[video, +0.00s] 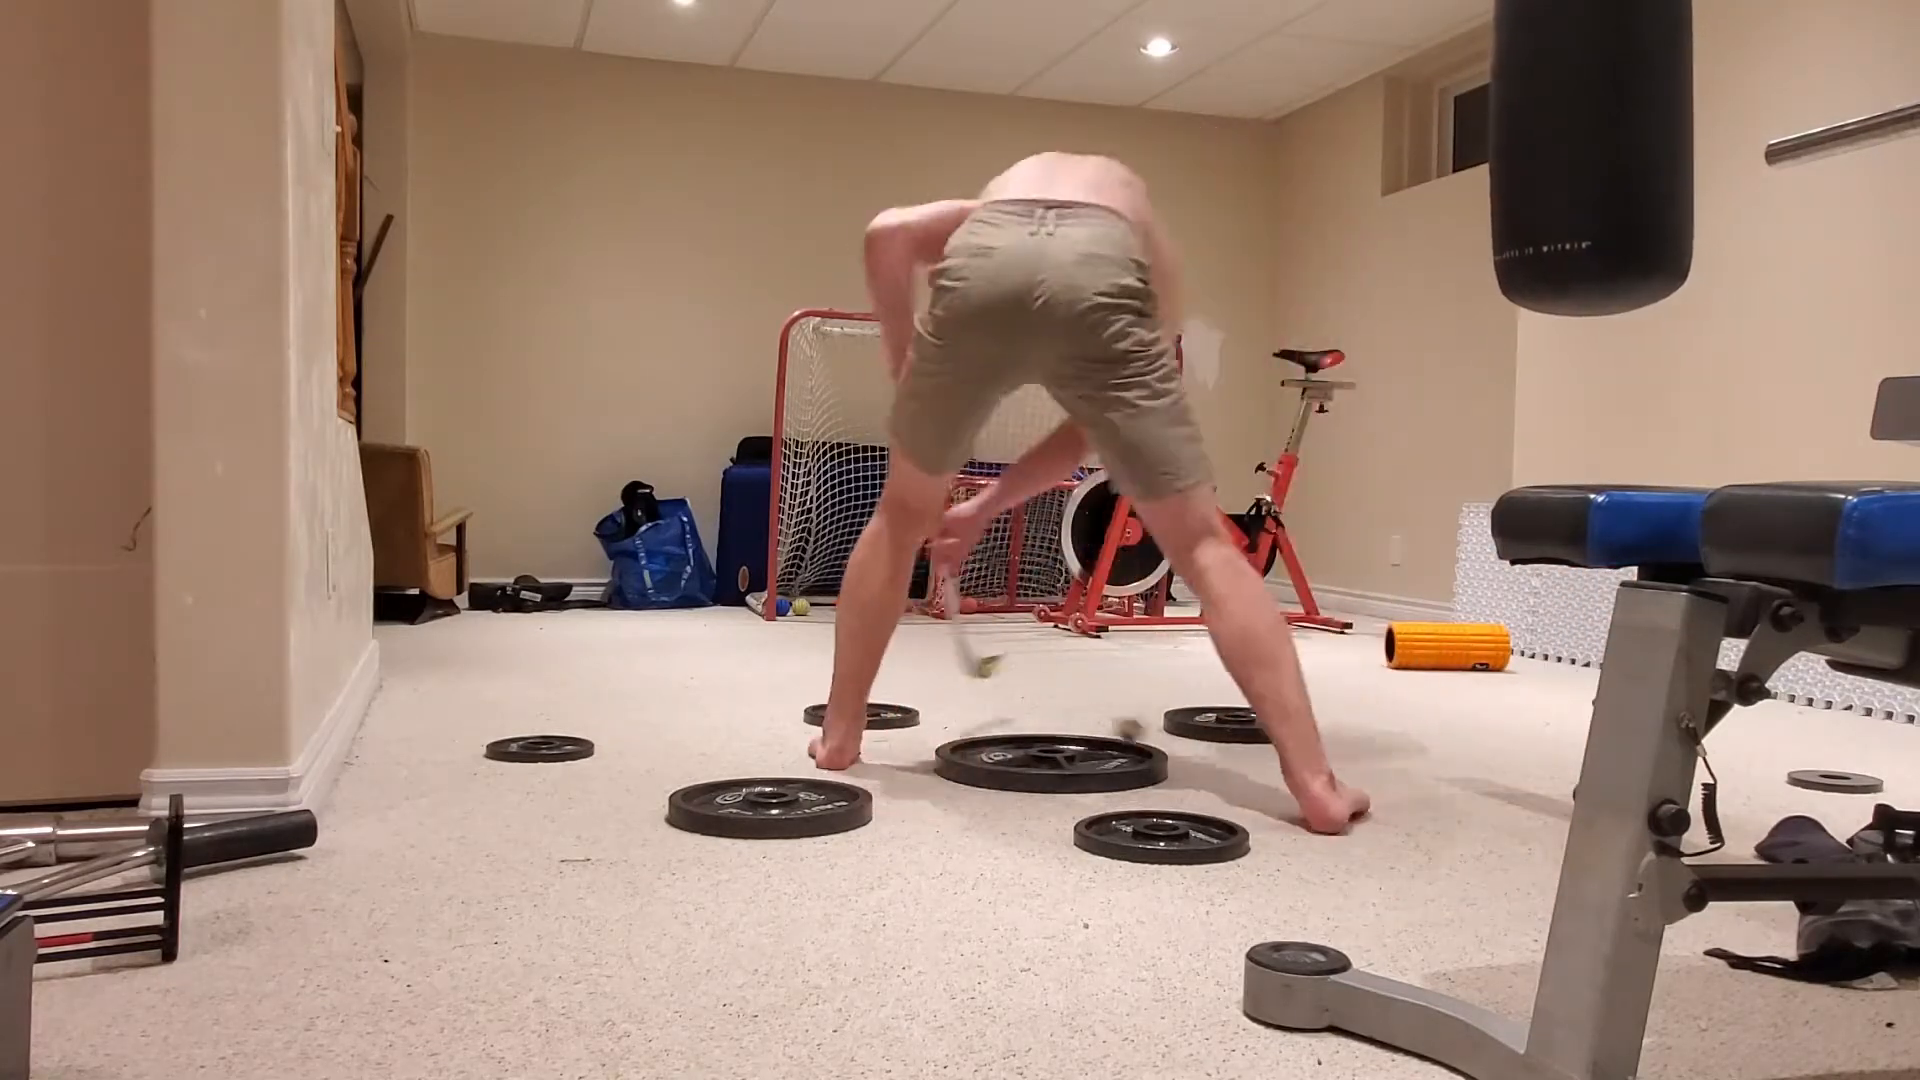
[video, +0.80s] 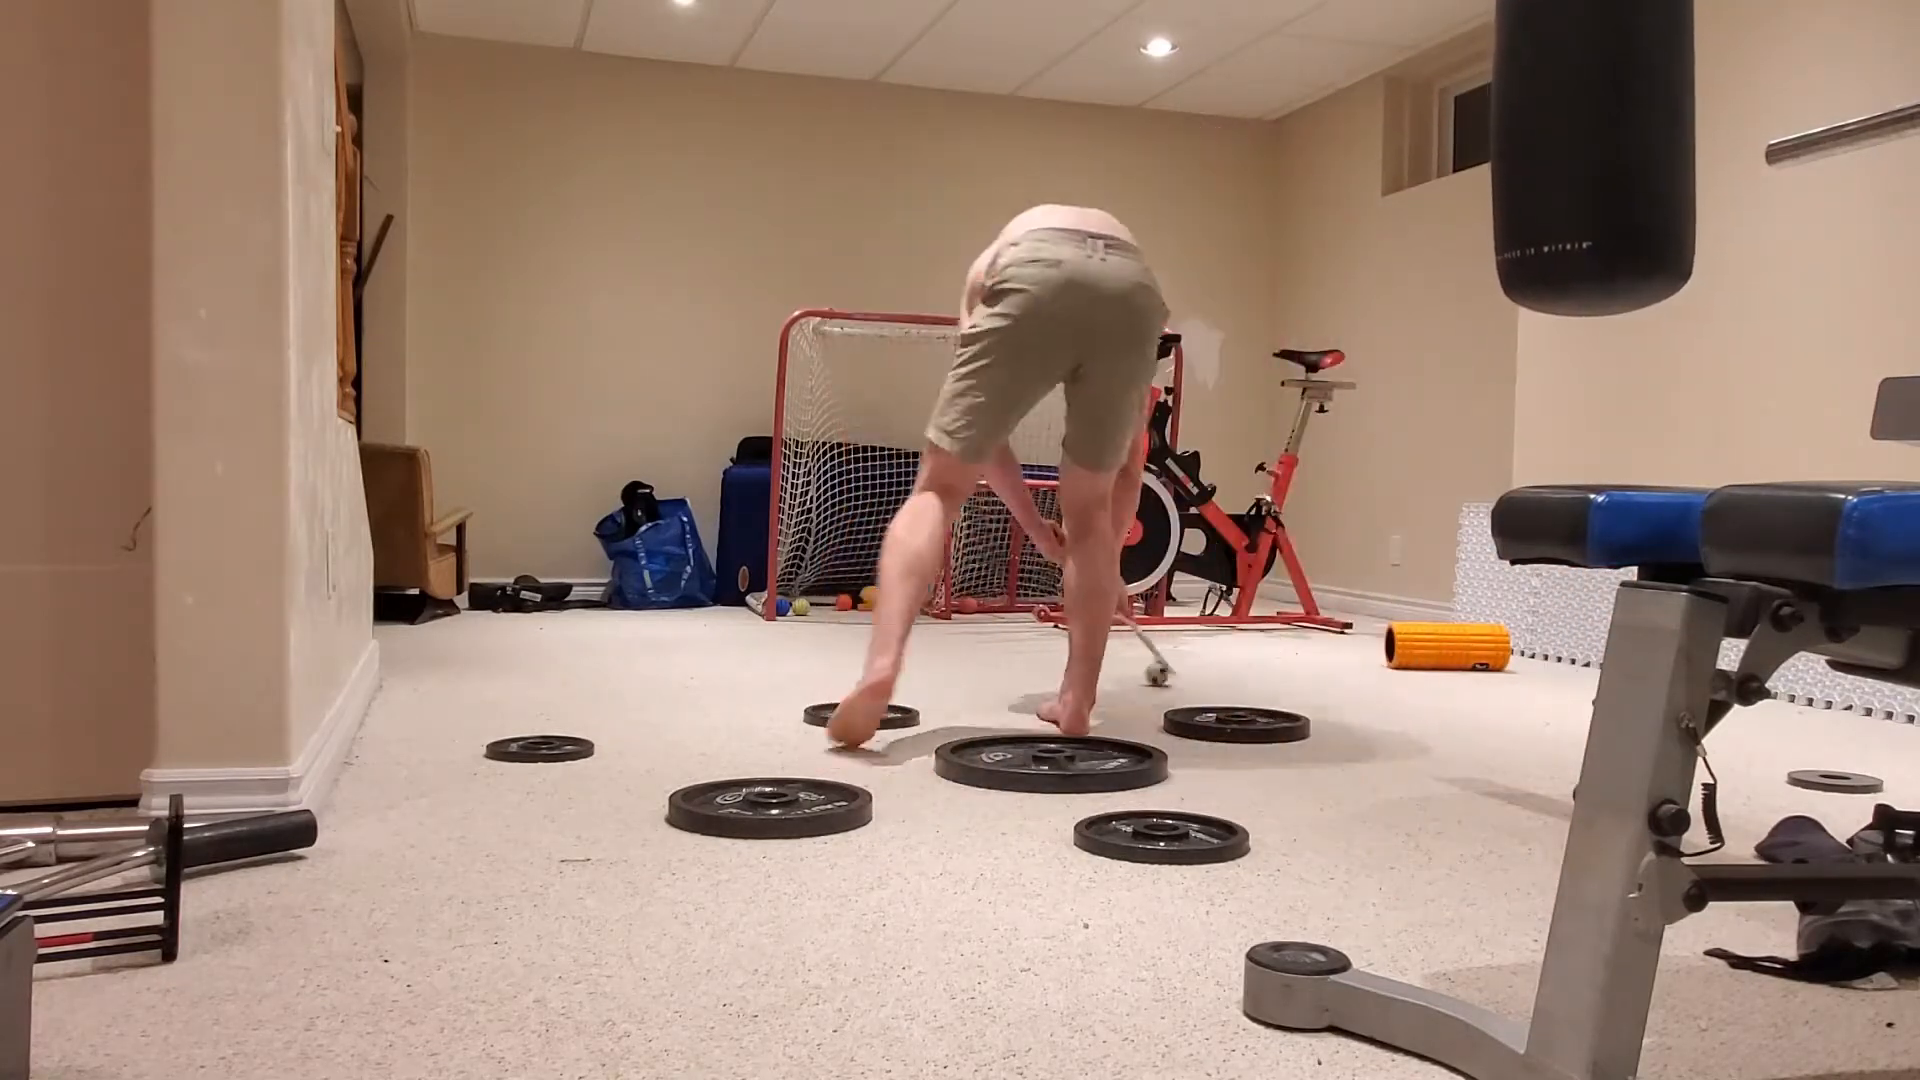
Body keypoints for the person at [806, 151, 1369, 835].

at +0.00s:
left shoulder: (986, 211)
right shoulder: (1150, 259)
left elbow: (888, 232)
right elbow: (1097, 419)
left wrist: (903, 370)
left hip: (989, 252)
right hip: (1109, 267)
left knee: (897, 519)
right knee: (1205, 547)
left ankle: (839, 737)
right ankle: (1316, 786)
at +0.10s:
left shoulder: (941, 199)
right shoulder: (1085, 246)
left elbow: (840, 278)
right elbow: (1015, 442)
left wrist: (860, 423)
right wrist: (926, 528)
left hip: (957, 248)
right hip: (1075, 258)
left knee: (877, 516)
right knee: (1173, 536)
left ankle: (835, 736)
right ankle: (1302, 761)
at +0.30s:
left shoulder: (879, 214)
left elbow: (818, 311)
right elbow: (986, 433)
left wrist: (858, 426)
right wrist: (909, 541)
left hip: (927, 243)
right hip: (1041, 242)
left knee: (865, 519)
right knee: (1116, 494)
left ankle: (836, 733)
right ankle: (1241, 680)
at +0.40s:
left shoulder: (875, 227)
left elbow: (833, 336)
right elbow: (1011, 430)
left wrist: (898, 474)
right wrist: (964, 533)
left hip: (930, 244)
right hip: (1042, 239)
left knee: (869, 511)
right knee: (1095, 493)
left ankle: (837, 736)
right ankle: (1169, 699)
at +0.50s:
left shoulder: (885, 248)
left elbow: (863, 375)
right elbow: (1048, 430)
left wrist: (938, 485)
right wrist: (1020, 555)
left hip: (946, 257)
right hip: (1055, 255)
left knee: (876, 517)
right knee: (1070, 508)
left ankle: (837, 734)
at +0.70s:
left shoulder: (943, 269)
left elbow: (952, 418)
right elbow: (1111, 456)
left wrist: (1020, 517)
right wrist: (1105, 570)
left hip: (1000, 275)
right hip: (1102, 279)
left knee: (911, 511)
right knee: (1085, 509)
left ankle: (845, 719)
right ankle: (1074, 702)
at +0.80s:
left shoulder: (989, 275)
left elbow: (985, 432)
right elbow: (1133, 443)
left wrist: (1038, 534)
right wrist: (1115, 539)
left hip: (1033, 272)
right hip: (1132, 279)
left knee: (938, 490)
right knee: (1090, 517)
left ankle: (882, 669)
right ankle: (1076, 702)